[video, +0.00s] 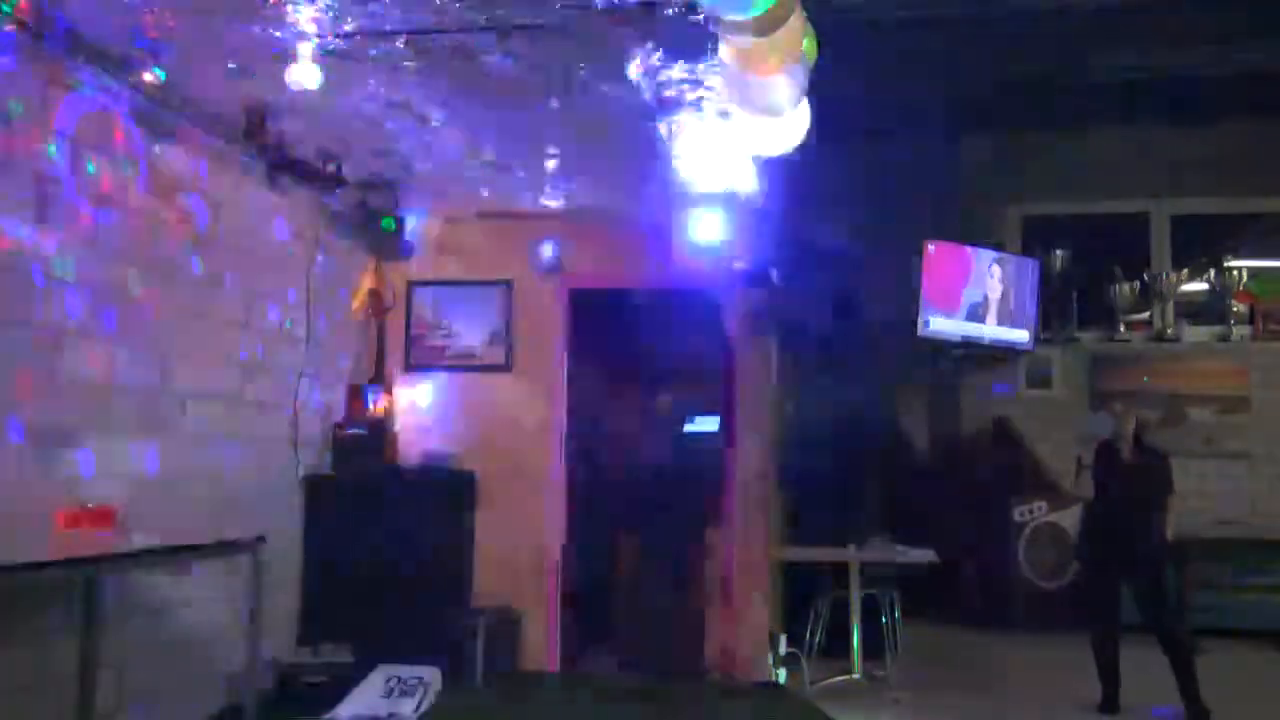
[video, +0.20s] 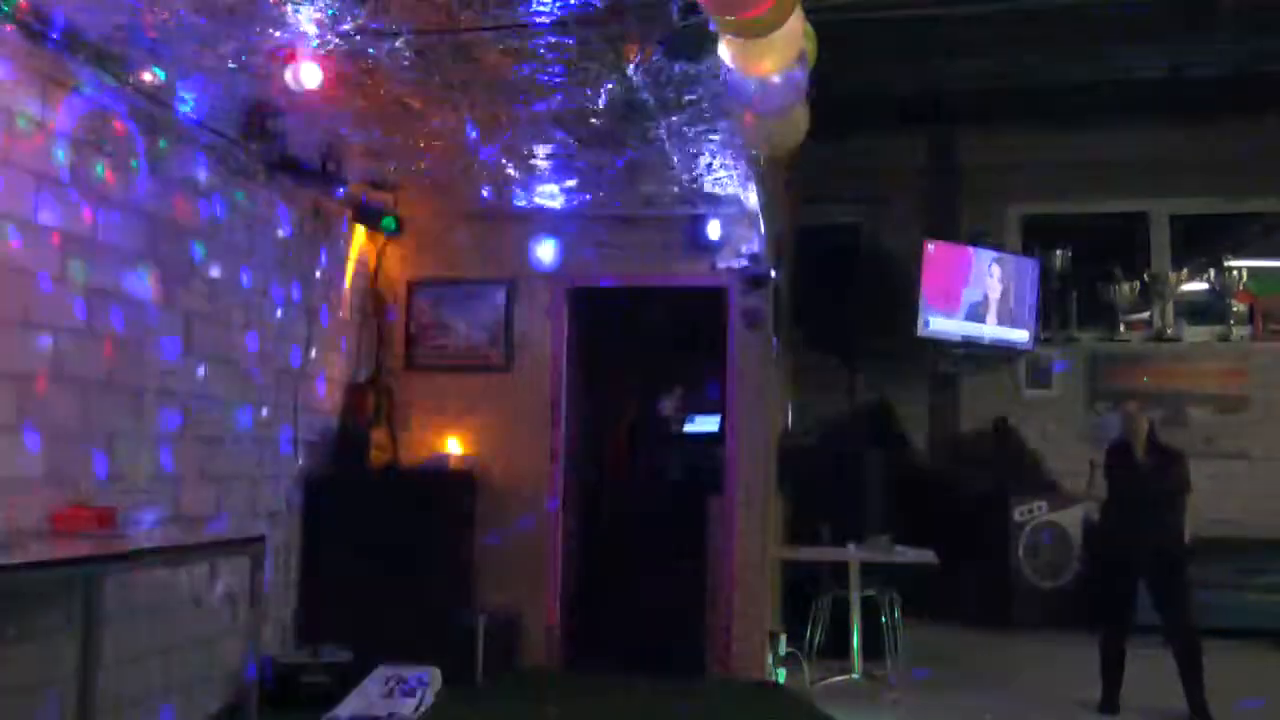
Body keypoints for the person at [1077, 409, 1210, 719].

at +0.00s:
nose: (1126, 424)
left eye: (1131, 418)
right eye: (1120, 418)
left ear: (1139, 423)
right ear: (1112, 422)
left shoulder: (1155, 458)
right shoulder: (1100, 454)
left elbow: (1167, 502)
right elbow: (1084, 494)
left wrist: (1166, 539)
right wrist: (1082, 466)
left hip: (1145, 550)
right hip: (1103, 549)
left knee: (1166, 626)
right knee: (1104, 626)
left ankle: (1193, 702)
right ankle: (1109, 697)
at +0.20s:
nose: (1132, 425)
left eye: (1137, 418)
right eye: (1127, 419)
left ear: (1150, 422)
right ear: (1120, 424)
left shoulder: (1171, 458)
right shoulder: (1115, 457)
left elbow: (1179, 506)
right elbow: (1115, 502)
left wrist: (1178, 543)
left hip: (1163, 553)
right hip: (1119, 553)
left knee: (1182, 631)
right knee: (1114, 629)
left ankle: (1198, 706)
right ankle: (1109, 701)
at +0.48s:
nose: (1148, 416)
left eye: (1154, 410)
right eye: (1146, 410)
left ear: (1172, 415)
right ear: (1142, 415)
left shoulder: (1193, 450)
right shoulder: (1137, 447)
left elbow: (1219, 494)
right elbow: (1137, 493)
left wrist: (1218, 513)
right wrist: (1129, 533)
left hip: (1190, 548)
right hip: (1145, 547)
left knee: (1195, 629)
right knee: (1134, 622)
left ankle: (1197, 702)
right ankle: (1116, 695)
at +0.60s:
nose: (1159, 415)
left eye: (1165, 408)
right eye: (1153, 409)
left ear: (1176, 413)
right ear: (1147, 415)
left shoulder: (1196, 446)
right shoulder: (1140, 447)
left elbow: (1226, 470)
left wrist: (1252, 484)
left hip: (1197, 547)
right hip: (1152, 546)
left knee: (1197, 627)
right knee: (1137, 621)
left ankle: (1197, 700)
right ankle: (1122, 690)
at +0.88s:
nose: (1164, 421)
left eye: (1169, 415)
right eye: (1158, 415)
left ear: (1177, 421)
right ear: (1149, 420)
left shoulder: (1194, 452)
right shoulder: (1139, 455)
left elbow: (1226, 464)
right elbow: (1140, 503)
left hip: (1200, 551)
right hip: (1157, 551)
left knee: (1202, 629)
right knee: (1140, 622)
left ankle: (1198, 702)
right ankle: (1117, 693)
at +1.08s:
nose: (1154, 424)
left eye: (1160, 418)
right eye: (1149, 418)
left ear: (1170, 424)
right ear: (1140, 423)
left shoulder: (1182, 454)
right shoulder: (1130, 455)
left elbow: (1210, 471)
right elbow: (1129, 500)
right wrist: (1140, 532)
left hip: (1193, 552)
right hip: (1153, 553)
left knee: (1200, 632)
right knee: (1132, 625)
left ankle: (1196, 703)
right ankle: (1110, 695)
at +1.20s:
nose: (1147, 424)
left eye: (1153, 419)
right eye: (1141, 417)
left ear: (1162, 424)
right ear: (1131, 422)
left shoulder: (1175, 458)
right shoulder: (1118, 457)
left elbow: (1212, 483)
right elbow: (1120, 493)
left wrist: (1258, 500)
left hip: (1182, 552)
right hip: (1137, 553)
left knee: (1191, 628)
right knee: (1125, 624)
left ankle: (1196, 704)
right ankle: (1108, 698)